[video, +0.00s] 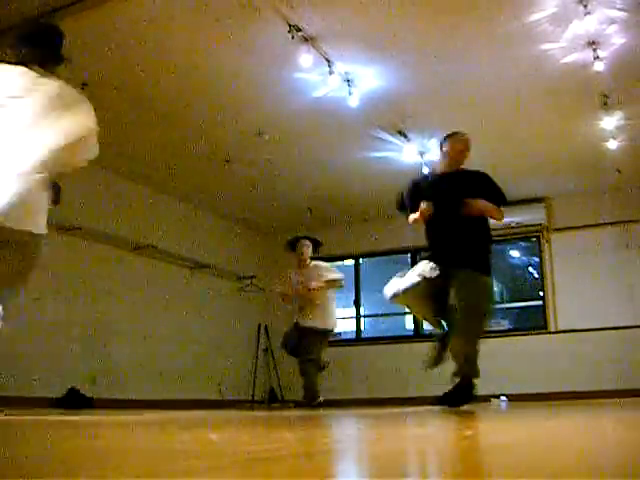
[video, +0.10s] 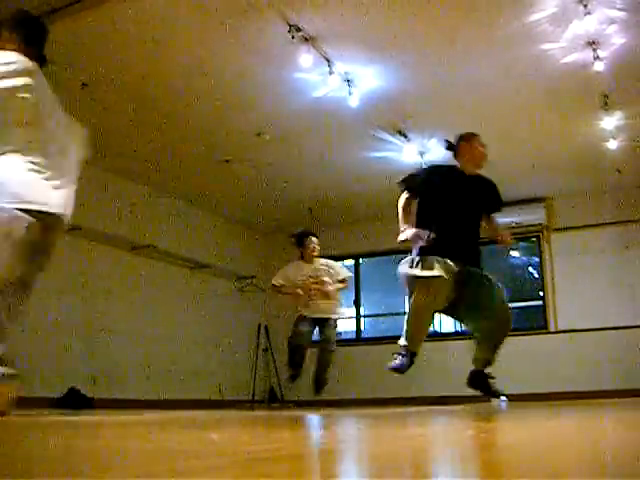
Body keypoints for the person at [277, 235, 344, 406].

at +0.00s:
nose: (304, 252)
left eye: (307, 248)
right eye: (301, 248)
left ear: (312, 251)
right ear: (295, 252)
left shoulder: (319, 268)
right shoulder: (293, 274)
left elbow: (339, 281)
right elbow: (284, 293)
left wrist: (317, 286)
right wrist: (286, 293)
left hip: (320, 321)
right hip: (302, 320)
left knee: (309, 361)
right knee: (288, 344)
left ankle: (312, 397)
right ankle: (318, 362)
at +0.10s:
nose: (314, 248)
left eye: (316, 244)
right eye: (310, 245)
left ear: (319, 247)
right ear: (302, 249)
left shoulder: (329, 265)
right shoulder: (294, 268)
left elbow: (345, 281)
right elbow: (275, 286)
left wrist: (331, 288)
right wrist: (296, 291)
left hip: (328, 313)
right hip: (306, 313)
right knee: (298, 338)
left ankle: (320, 382)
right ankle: (295, 370)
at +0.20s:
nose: (326, 255)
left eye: (327, 251)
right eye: (322, 251)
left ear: (327, 254)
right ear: (313, 255)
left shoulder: (332, 273)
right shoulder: (303, 273)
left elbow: (348, 287)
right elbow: (279, 284)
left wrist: (344, 298)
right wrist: (296, 299)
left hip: (324, 322)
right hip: (305, 321)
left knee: (347, 346)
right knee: (305, 349)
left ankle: (340, 381)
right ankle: (281, 384)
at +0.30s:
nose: (334, 273)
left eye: (334, 269)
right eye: (331, 269)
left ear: (332, 272)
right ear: (321, 272)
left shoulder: (334, 292)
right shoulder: (310, 286)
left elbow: (331, 305)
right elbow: (293, 287)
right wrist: (308, 298)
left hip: (321, 335)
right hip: (305, 334)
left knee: (340, 362)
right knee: (313, 364)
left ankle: (344, 395)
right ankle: (296, 397)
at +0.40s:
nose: (342, 284)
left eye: (342, 280)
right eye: (339, 281)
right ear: (329, 283)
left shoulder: (331, 301)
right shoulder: (319, 299)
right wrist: (313, 298)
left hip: (321, 343)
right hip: (307, 343)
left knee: (344, 373)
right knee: (321, 369)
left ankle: (343, 404)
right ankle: (295, 399)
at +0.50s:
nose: (343, 279)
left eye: (343, 275)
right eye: (341, 275)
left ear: (333, 277)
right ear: (333, 277)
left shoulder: (333, 294)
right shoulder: (320, 293)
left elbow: (326, 316)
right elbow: (310, 313)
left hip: (324, 340)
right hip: (310, 340)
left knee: (344, 370)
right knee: (319, 369)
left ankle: (345, 402)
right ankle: (295, 398)